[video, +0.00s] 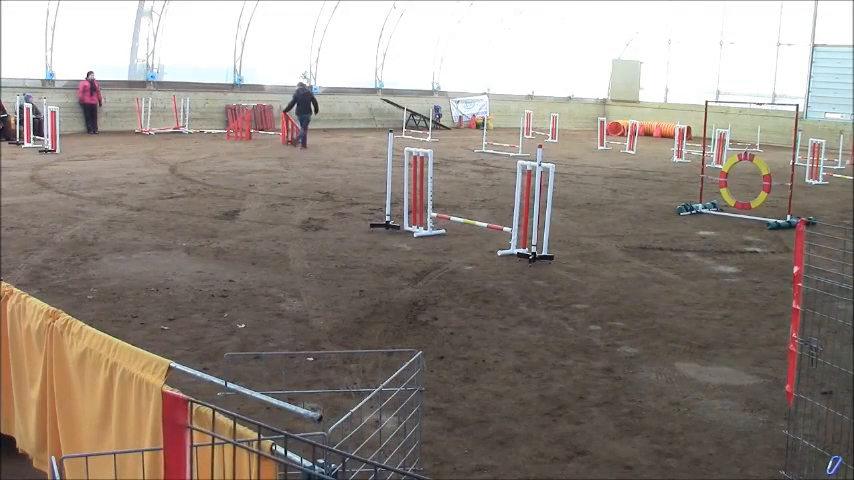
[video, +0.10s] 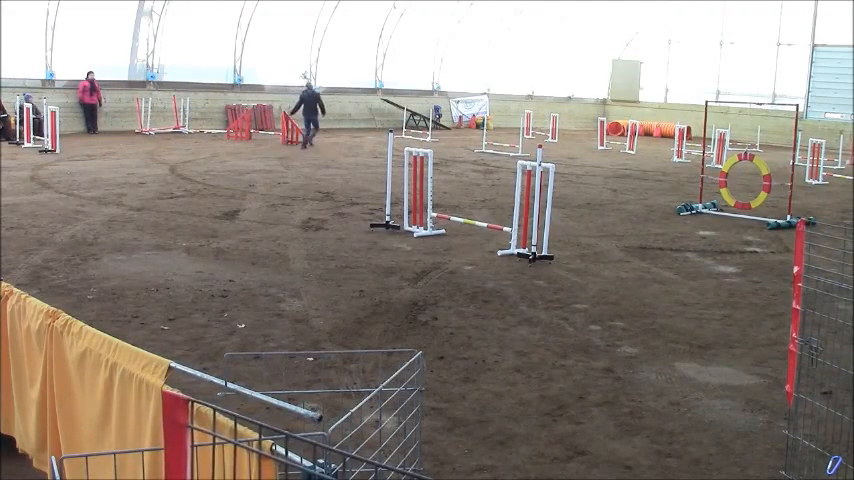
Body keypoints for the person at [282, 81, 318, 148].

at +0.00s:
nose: (297, 88)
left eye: (298, 87)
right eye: (298, 87)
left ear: (298, 87)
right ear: (304, 87)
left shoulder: (297, 94)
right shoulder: (309, 93)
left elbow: (292, 103)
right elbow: (314, 102)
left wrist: (285, 110)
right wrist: (316, 110)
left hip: (299, 112)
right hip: (307, 112)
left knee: (303, 128)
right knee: (304, 128)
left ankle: (304, 143)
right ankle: (297, 139)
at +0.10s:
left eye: (307, 87)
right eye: (310, 87)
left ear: (306, 87)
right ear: (312, 87)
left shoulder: (303, 94)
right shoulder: (316, 94)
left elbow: (298, 104)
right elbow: (320, 103)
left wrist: (292, 112)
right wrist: (323, 111)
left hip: (306, 115)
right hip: (313, 115)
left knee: (307, 129)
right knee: (316, 128)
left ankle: (304, 143)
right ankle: (310, 138)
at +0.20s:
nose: (318, 86)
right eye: (318, 85)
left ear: (314, 85)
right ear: (319, 85)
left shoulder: (312, 92)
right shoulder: (323, 92)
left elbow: (307, 102)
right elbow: (327, 101)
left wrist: (301, 109)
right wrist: (329, 109)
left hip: (314, 113)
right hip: (321, 113)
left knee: (311, 128)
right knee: (326, 127)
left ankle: (305, 142)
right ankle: (325, 142)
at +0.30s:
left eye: (325, 84)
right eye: (326, 84)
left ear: (322, 85)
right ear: (328, 85)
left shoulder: (320, 92)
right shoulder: (331, 92)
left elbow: (315, 102)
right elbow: (334, 101)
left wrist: (310, 109)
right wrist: (337, 109)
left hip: (321, 112)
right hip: (329, 112)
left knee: (320, 128)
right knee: (332, 128)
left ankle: (311, 137)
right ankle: (332, 143)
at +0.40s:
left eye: (331, 86)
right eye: (333, 86)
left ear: (329, 87)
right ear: (335, 87)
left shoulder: (327, 94)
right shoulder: (338, 94)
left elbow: (322, 104)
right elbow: (342, 103)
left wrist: (317, 111)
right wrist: (346, 111)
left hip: (329, 114)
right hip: (336, 114)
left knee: (331, 129)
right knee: (336, 129)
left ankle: (323, 136)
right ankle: (332, 144)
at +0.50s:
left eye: (337, 86)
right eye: (339, 85)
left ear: (336, 86)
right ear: (342, 86)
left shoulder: (334, 93)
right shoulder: (345, 93)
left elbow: (330, 103)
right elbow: (350, 101)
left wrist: (324, 111)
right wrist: (351, 109)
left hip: (335, 111)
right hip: (343, 112)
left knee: (339, 126)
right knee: (339, 127)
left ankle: (338, 140)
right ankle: (333, 141)